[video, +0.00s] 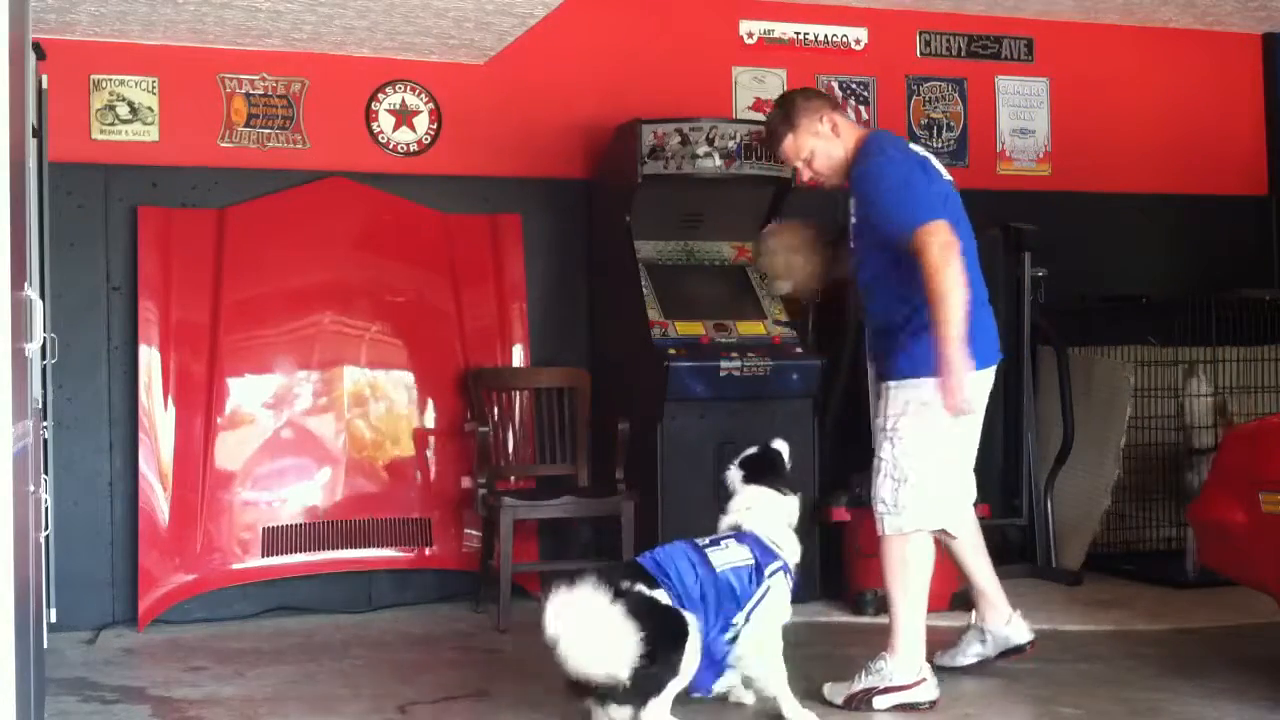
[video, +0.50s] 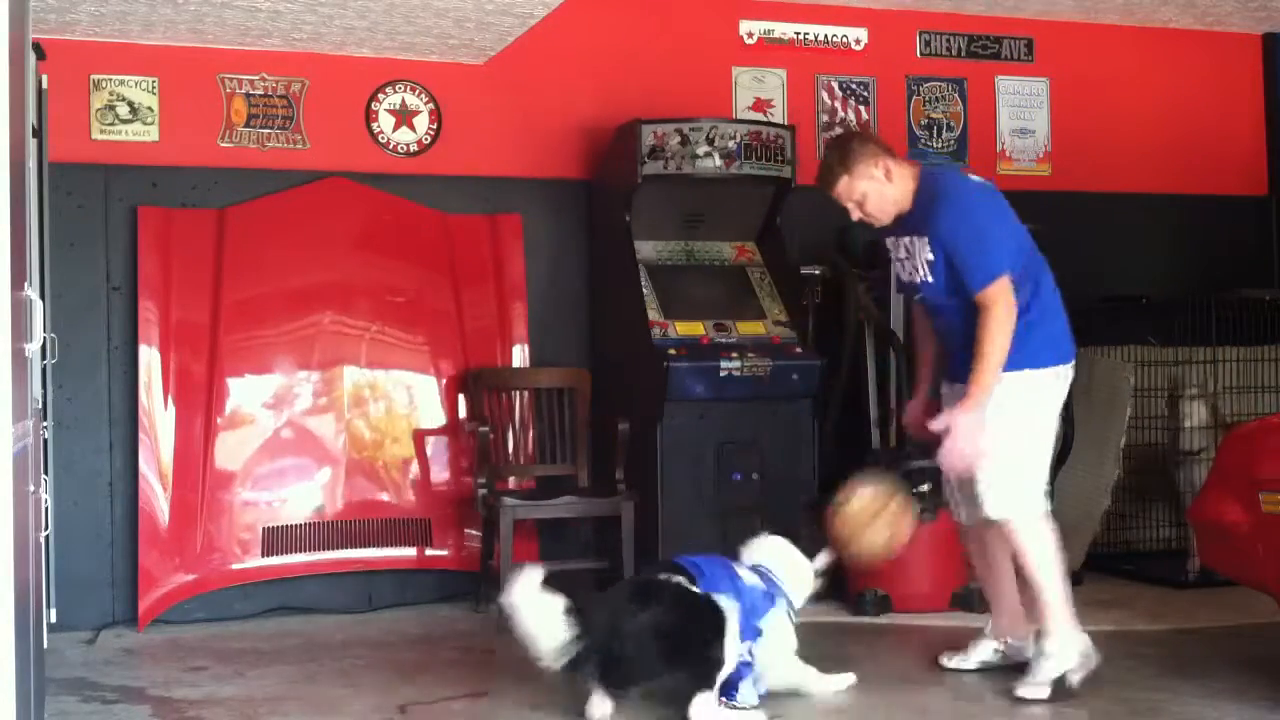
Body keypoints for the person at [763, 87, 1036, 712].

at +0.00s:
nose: (804, 177)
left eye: (802, 159)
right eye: (796, 169)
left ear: (832, 123)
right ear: (836, 124)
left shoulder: (883, 164)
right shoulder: (882, 162)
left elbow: (938, 245)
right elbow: (885, 255)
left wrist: (953, 355)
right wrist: (819, 265)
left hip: (923, 363)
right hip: (940, 358)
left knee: (902, 507)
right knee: (945, 497)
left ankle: (906, 664)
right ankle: (999, 618)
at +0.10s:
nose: (816, 181)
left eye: (814, 165)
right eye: (808, 173)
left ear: (843, 130)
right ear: (842, 134)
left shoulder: (903, 169)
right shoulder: (883, 179)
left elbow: (967, 250)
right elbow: (885, 266)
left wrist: (982, 362)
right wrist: (813, 255)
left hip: (940, 373)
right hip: (936, 370)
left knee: (907, 510)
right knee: (947, 502)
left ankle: (907, 665)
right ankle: (1002, 619)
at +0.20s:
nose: (829, 191)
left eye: (827, 176)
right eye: (820, 184)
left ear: (856, 142)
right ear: (846, 152)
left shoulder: (926, 179)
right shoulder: (880, 204)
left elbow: (989, 258)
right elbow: (887, 299)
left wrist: (991, 364)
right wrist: (813, 308)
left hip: (962, 377)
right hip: (935, 376)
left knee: (927, 513)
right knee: (956, 511)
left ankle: (911, 665)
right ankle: (1008, 628)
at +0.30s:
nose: (840, 202)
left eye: (840, 186)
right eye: (831, 194)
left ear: (870, 154)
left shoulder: (944, 185)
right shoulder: (881, 223)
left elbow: (1002, 269)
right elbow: (881, 325)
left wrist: (986, 369)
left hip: (995, 375)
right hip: (942, 379)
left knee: (960, 511)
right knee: (963, 512)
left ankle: (930, 655)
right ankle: (1012, 634)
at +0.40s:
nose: (848, 210)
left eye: (849, 195)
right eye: (840, 201)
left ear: (878, 163)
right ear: (866, 176)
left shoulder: (953, 190)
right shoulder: (882, 227)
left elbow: (1005, 279)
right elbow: (896, 318)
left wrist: (978, 378)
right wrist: (889, 403)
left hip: (1014, 366)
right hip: (956, 371)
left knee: (986, 498)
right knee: (964, 502)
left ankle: (996, 642)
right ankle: (1008, 632)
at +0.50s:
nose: (857, 216)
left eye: (857, 201)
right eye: (849, 208)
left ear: (883, 169)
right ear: (878, 175)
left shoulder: (957, 202)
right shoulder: (902, 219)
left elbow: (1000, 305)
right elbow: (928, 310)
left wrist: (973, 406)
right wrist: (924, 391)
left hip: (1028, 360)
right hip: (974, 365)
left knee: (1011, 494)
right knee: (970, 497)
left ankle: (1066, 640)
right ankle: (1010, 632)